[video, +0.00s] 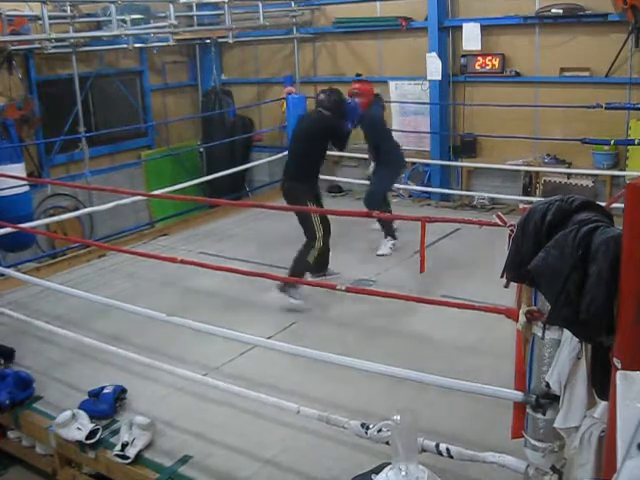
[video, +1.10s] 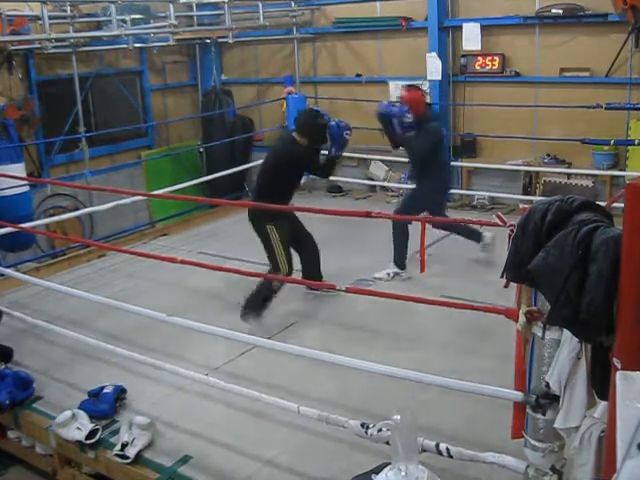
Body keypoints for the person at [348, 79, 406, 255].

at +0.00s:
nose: (354, 101)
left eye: (357, 97)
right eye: (353, 97)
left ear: (366, 98)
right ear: (367, 99)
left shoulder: (370, 117)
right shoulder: (369, 112)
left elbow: (376, 143)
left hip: (391, 159)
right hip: (385, 157)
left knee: (373, 199)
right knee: (378, 194)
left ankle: (390, 236)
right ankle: (386, 220)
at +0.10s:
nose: (358, 103)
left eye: (361, 99)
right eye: (357, 99)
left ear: (371, 100)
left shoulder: (374, 119)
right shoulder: (373, 115)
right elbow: (359, 133)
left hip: (395, 163)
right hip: (393, 161)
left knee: (371, 200)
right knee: (385, 195)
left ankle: (400, 239)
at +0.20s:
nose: (361, 105)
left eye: (365, 101)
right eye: (360, 101)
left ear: (375, 103)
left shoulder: (382, 117)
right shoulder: (373, 117)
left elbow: (375, 137)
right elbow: (356, 138)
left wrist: (355, 128)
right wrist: (349, 126)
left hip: (395, 167)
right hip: (389, 167)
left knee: (377, 208)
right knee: (394, 202)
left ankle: (399, 249)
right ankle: (419, 228)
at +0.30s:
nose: (370, 103)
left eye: (375, 99)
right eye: (369, 98)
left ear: (385, 102)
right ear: (369, 100)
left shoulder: (389, 125)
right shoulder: (373, 118)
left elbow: (389, 156)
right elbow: (359, 122)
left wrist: (361, 151)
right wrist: (346, 118)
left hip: (392, 173)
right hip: (380, 171)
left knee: (385, 215)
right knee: (389, 205)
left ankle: (393, 260)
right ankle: (414, 227)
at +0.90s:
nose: (381, 105)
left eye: (384, 100)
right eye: (380, 100)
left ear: (395, 99)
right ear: (383, 99)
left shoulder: (408, 119)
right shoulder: (394, 115)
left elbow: (396, 148)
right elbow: (377, 138)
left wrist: (383, 133)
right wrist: (364, 121)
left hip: (418, 170)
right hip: (408, 168)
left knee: (394, 214)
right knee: (408, 205)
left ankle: (395, 262)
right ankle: (432, 236)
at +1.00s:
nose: (394, 104)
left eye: (397, 100)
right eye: (392, 100)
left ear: (407, 99)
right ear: (393, 100)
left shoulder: (417, 118)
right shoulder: (398, 115)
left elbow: (403, 143)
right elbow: (382, 138)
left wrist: (390, 124)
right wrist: (374, 118)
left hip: (425, 173)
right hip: (417, 172)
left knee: (396, 216)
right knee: (421, 211)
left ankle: (398, 266)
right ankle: (458, 236)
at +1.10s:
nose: (408, 111)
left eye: (410, 107)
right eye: (407, 107)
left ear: (417, 107)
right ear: (419, 107)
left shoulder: (432, 129)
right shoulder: (420, 127)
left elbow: (418, 152)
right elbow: (397, 143)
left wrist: (406, 134)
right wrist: (386, 121)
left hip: (432, 186)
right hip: (432, 185)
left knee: (400, 217)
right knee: (438, 220)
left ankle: (399, 267)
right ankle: (482, 238)